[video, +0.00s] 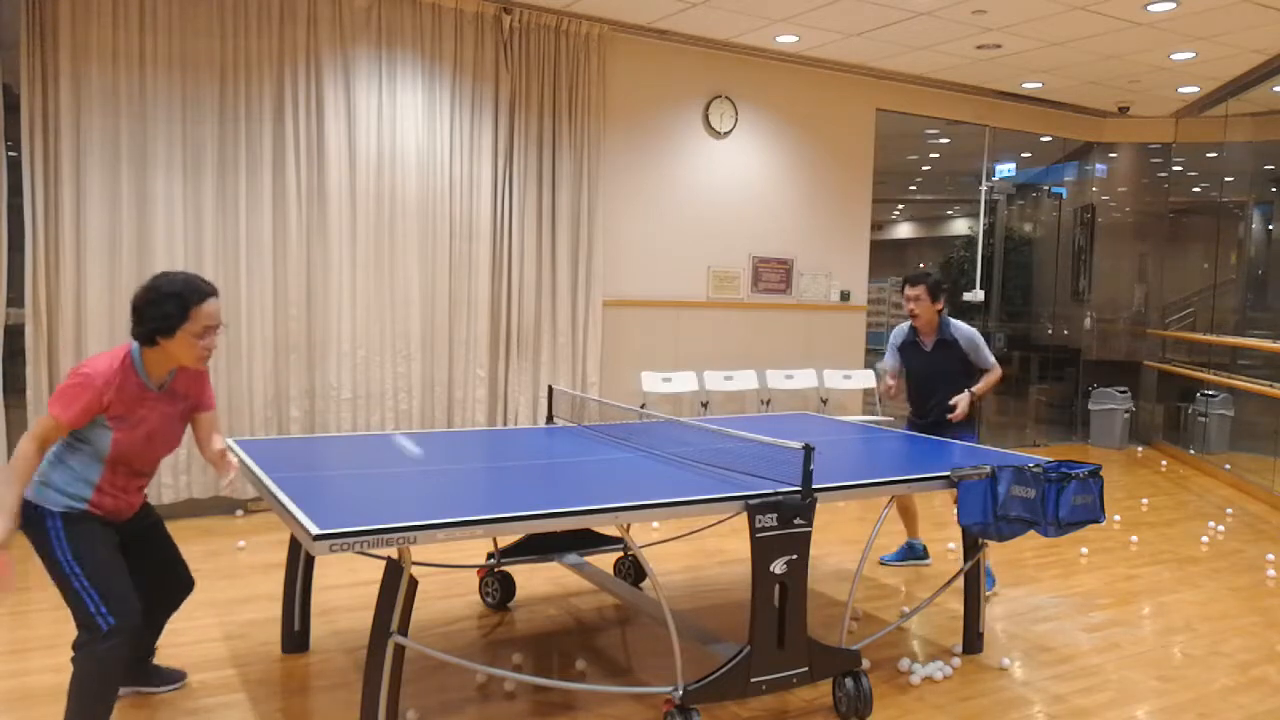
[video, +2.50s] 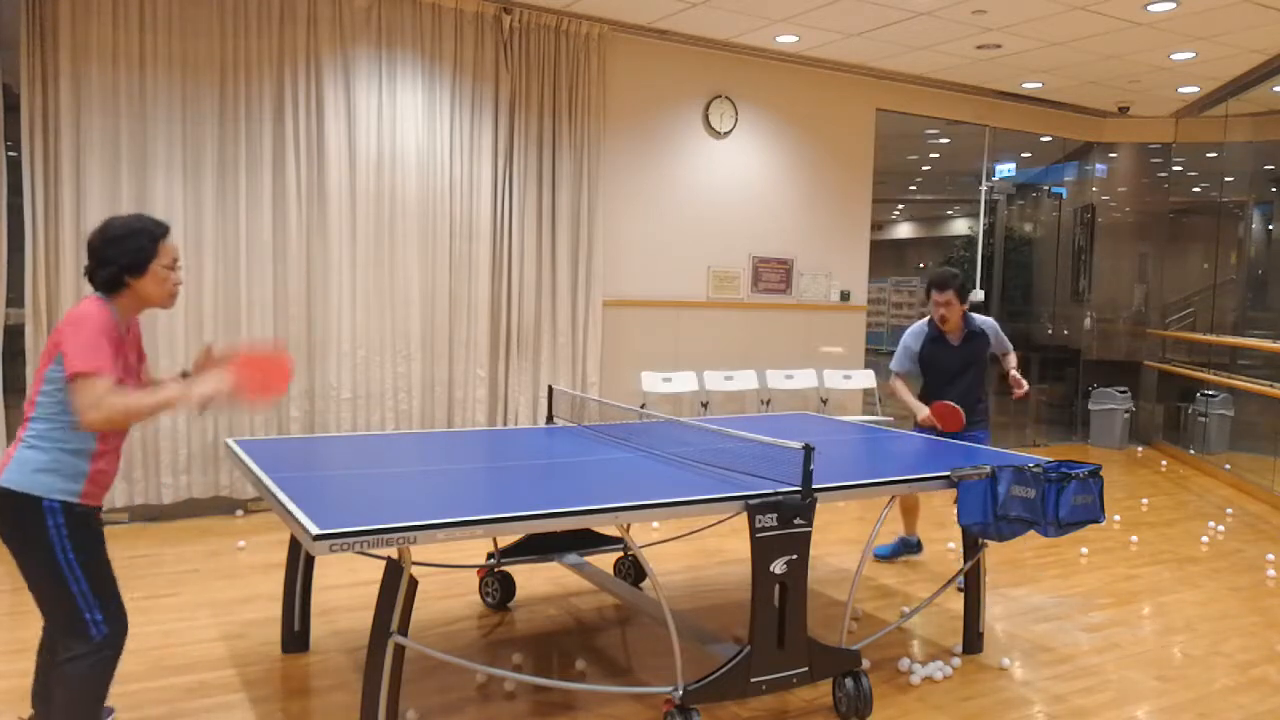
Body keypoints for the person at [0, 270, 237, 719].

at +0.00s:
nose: (214, 343)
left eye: (216, 331)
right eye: (205, 334)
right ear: (162, 334)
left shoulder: (193, 374)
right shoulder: (101, 377)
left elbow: (208, 432)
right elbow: (35, 441)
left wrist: (222, 456)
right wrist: (7, 518)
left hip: (123, 505)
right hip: (62, 508)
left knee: (170, 583)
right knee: (113, 627)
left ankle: (132, 667)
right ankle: (85, 714)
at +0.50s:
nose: (207, 264)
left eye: (205, 254)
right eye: (197, 255)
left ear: (168, 262)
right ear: (165, 262)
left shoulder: (159, 308)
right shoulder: (146, 302)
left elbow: (158, 389)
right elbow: (217, 343)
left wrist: (212, 377)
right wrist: (258, 288)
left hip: (148, 464)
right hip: (132, 465)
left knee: (165, 568)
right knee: (150, 588)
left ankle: (136, 667)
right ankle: (128, 705)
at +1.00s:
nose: (236, 348)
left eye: (237, 337)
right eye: (227, 339)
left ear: (196, 343)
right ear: (190, 342)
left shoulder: (203, 382)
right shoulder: (133, 380)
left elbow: (199, 450)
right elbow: (82, 438)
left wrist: (213, 438)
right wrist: (52, 463)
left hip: (134, 514)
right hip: (81, 516)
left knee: (193, 578)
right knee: (155, 619)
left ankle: (134, 673)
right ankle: (129, 709)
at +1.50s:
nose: (195, 272)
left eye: (192, 262)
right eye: (186, 264)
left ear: (156, 276)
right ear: (155, 275)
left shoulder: (142, 322)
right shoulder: (127, 318)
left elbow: (156, 390)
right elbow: (166, 380)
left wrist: (201, 375)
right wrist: (237, 330)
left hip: (124, 485)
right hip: (102, 488)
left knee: (155, 576)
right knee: (155, 612)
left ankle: (130, 676)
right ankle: (122, 708)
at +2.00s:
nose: (211, 312)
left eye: (214, 300)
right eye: (202, 301)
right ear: (163, 300)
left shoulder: (167, 352)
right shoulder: (118, 343)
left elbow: (147, 422)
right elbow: (85, 421)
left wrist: (190, 409)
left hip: (113, 506)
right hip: (73, 508)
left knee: (127, 598)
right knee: (157, 627)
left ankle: (114, 679)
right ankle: (124, 709)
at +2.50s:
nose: (179, 276)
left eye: (177, 265)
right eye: (169, 266)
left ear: (140, 274)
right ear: (132, 271)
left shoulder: (123, 325)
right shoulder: (92, 318)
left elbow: (139, 396)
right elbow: (93, 408)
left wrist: (193, 376)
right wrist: (181, 394)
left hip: (67, 499)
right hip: (40, 498)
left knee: (72, 628)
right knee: (100, 631)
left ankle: (52, 710)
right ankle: (72, 714)